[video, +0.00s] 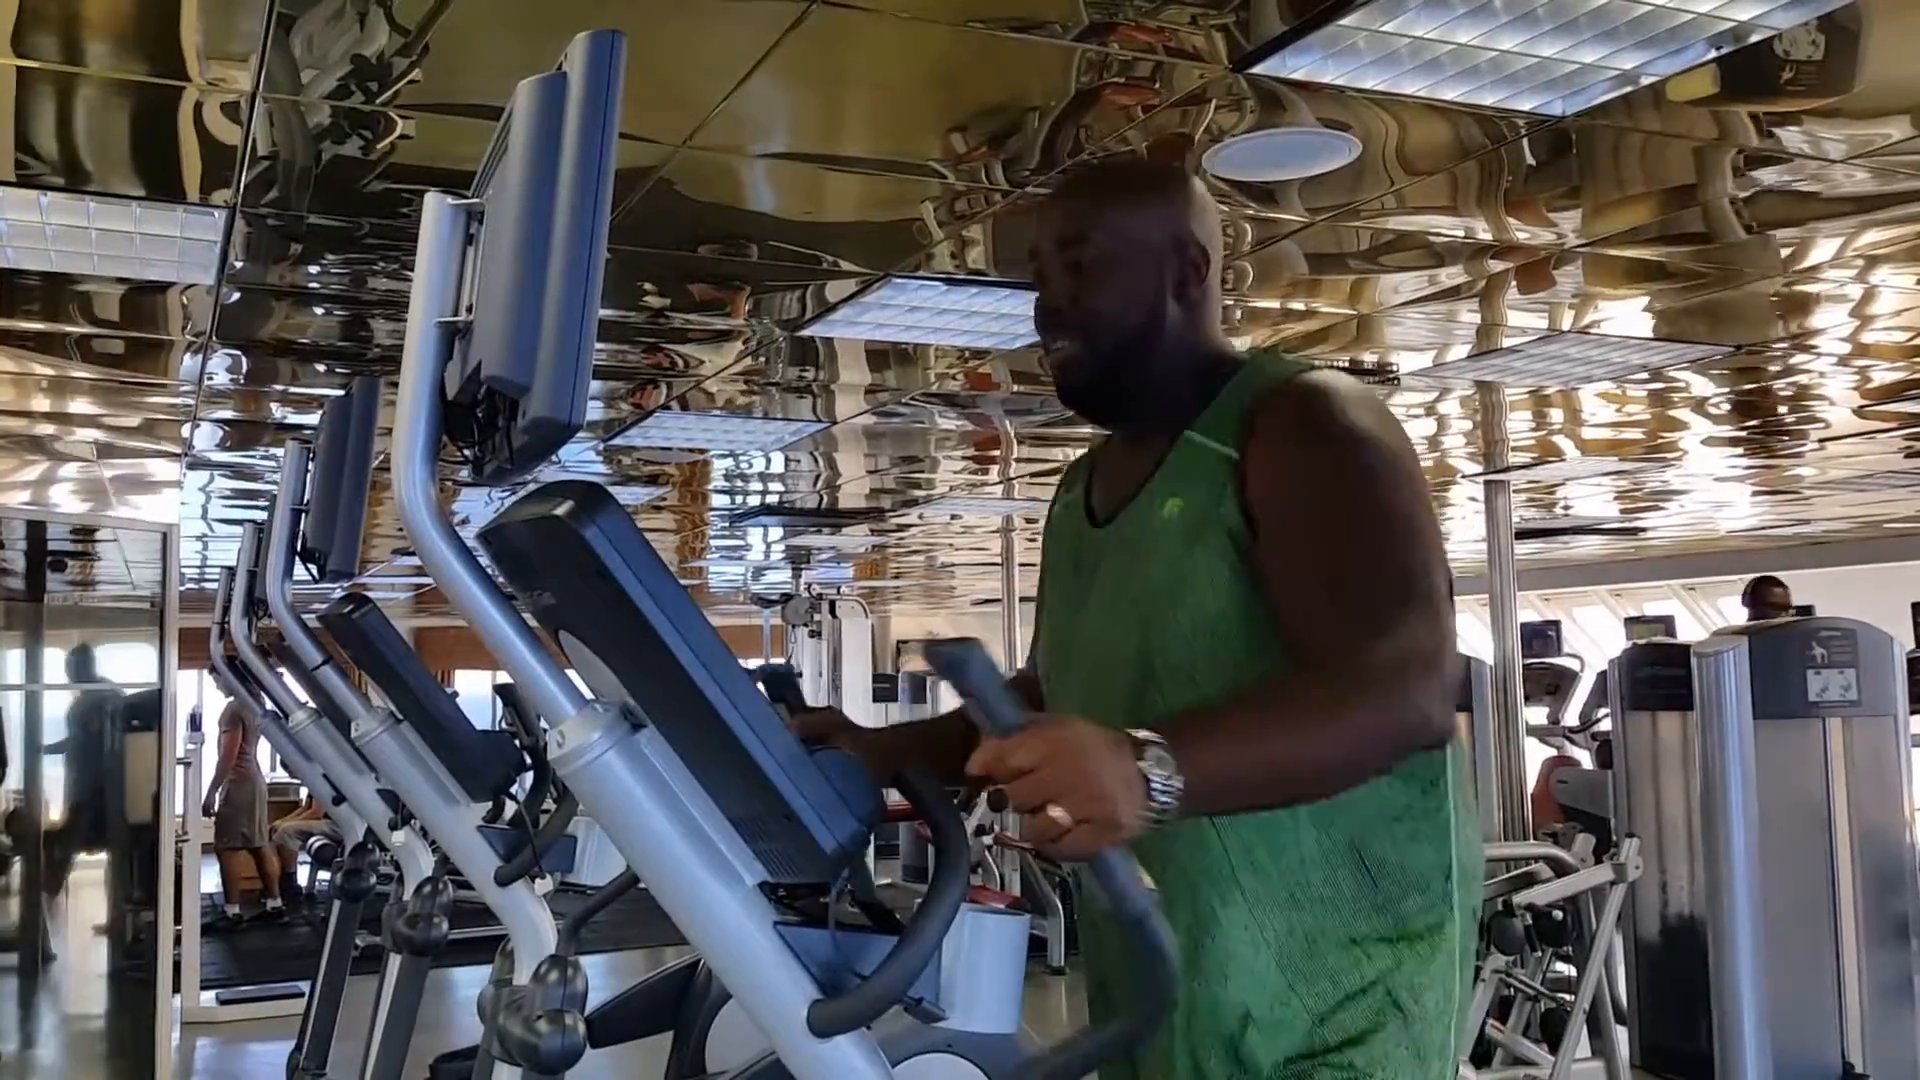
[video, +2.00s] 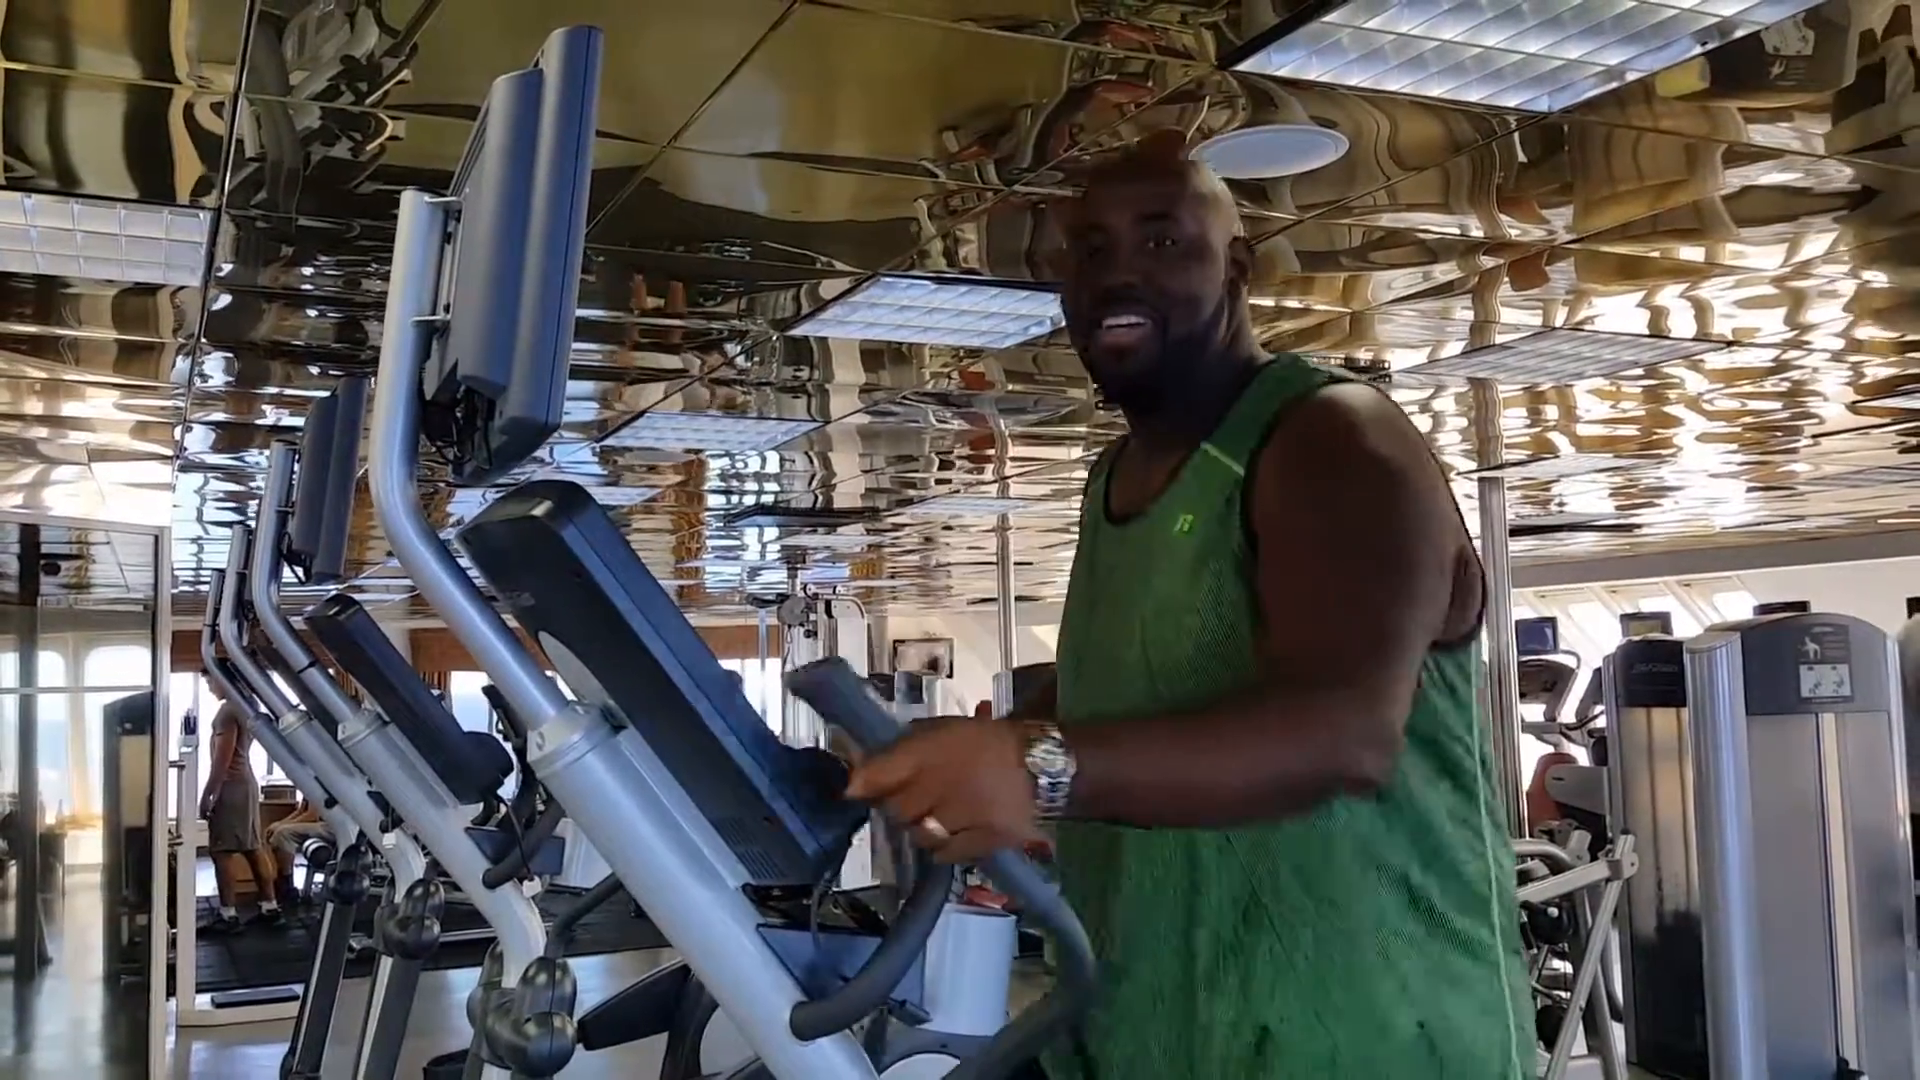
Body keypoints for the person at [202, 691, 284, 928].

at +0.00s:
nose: (214, 683)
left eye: (216, 677)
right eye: (213, 678)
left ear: (229, 676)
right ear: (236, 676)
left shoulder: (234, 709)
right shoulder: (254, 705)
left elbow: (228, 758)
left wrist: (211, 793)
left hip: (238, 783)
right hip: (256, 781)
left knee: (226, 847)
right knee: (260, 844)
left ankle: (232, 909)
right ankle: (275, 903)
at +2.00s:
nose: (208, 686)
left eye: (210, 680)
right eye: (207, 681)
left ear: (223, 679)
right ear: (229, 681)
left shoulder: (228, 712)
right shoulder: (244, 708)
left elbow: (223, 761)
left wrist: (207, 795)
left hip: (230, 787)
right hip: (247, 784)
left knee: (222, 851)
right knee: (254, 847)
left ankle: (228, 912)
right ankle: (270, 907)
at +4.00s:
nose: (211, 680)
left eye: (214, 671)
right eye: (210, 672)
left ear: (229, 675)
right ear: (236, 676)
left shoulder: (235, 708)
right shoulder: (250, 706)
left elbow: (231, 755)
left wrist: (218, 790)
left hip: (237, 783)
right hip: (253, 782)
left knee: (229, 849)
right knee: (259, 845)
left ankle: (232, 912)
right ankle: (274, 906)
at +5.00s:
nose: (211, 681)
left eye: (213, 675)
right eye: (209, 676)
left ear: (226, 675)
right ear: (235, 675)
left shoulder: (230, 708)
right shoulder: (248, 705)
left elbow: (227, 753)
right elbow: (243, 752)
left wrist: (214, 788)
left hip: (233, 781)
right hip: (250, 779)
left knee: (229, 847)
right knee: (256, 842)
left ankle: (233, 909)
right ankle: (277, 901)